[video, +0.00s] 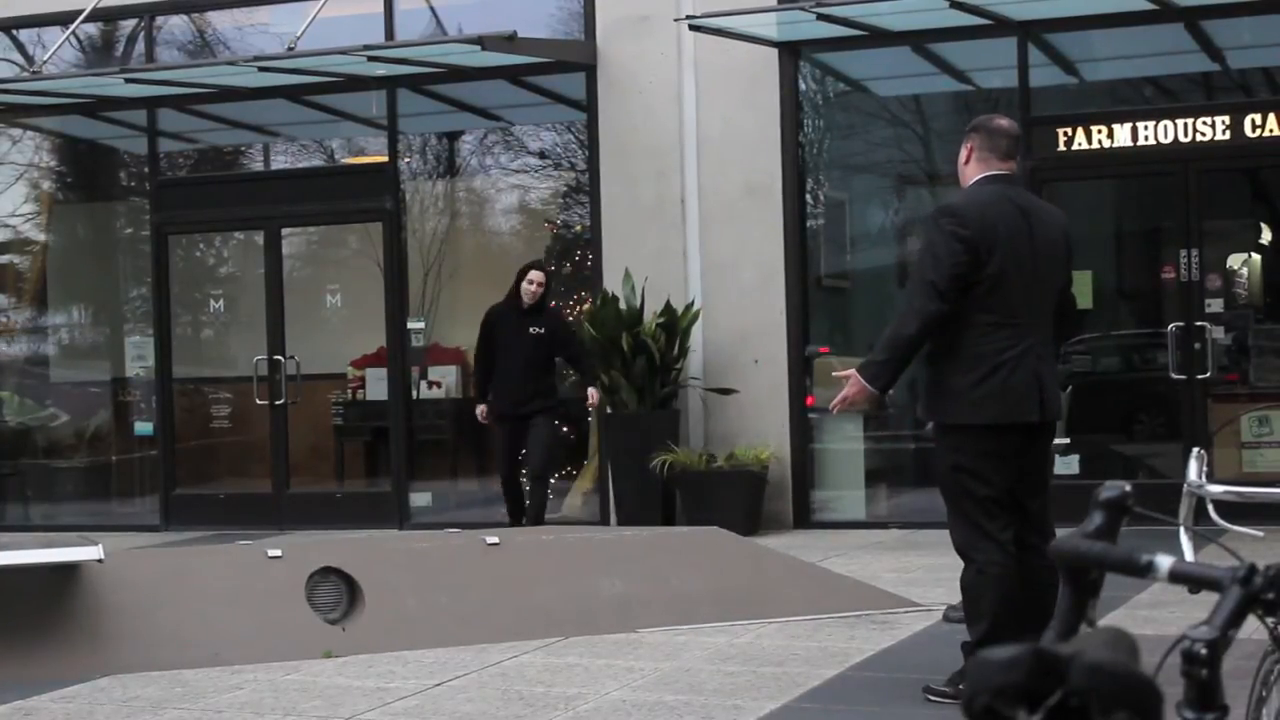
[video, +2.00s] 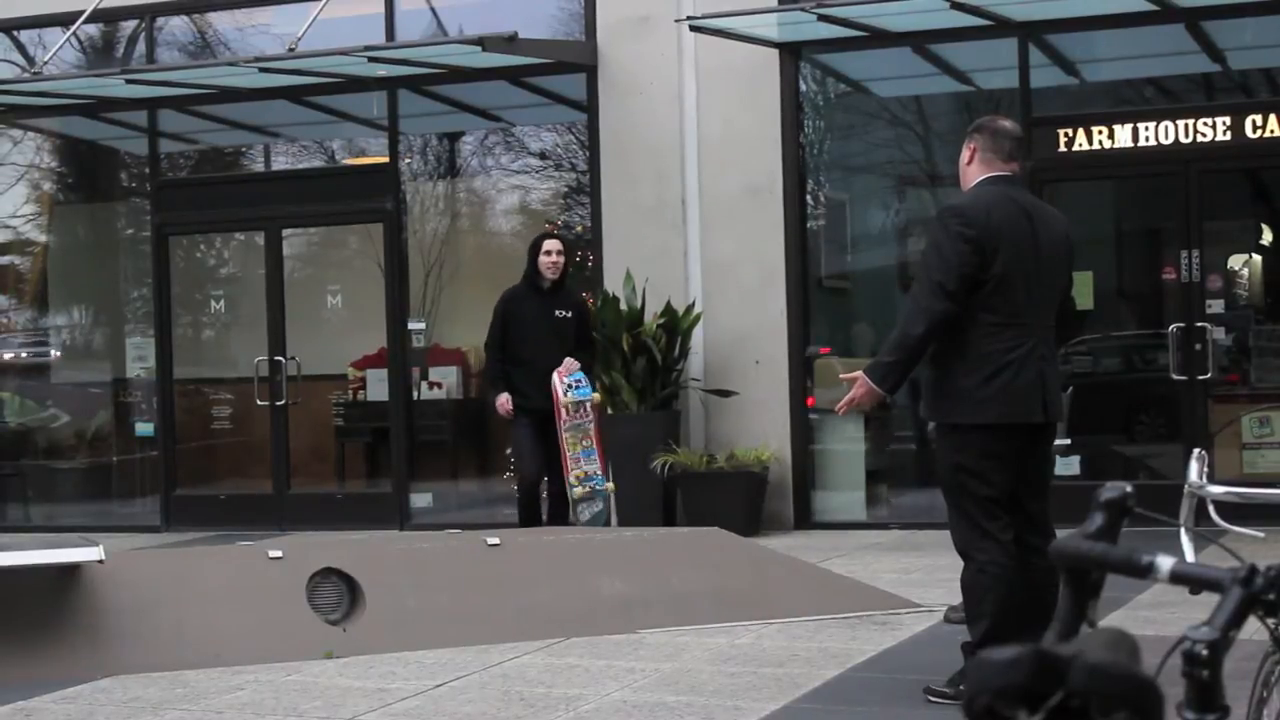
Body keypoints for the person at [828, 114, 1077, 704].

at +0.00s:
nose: (957, 164)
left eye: (959, 156)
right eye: (961, 156)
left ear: (968, 154)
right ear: (1018, 161)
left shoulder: (958, 216)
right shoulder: (1049, 220)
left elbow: (924, 308)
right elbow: (1066, 315)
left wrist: (874, 375)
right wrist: (1024, 352)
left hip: (971, 408)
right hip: (1034, 406)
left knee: (982, 540)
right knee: (1029, 534)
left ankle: (987, 674)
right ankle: (1032, 667)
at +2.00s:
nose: (959, 166)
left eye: (961, 157)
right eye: (962, 157)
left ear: (971, 155)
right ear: (1021, 163)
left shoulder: (964, 216)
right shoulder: (1050, 222)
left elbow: (929, 308)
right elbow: (1067, 317)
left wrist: (880, 377)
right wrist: (1024, 351)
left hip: (972, 408)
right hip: (1033, 407)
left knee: (982, 539)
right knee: (1029, 532)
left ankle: (987, 674)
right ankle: (1032, 667)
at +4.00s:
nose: (954, 164)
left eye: (957, 154)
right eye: (957, 155)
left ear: (970, 151)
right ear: (1018, 160)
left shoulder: (965, 216)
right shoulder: (1048, 221)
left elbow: (931, 308)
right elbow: (1064, 317)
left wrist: (882, 377)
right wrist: (1024, 353)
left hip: (972, 408)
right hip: (1032, 408)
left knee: (981, 538)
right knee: (1027, 532)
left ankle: (986, 674)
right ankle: (1028, 667)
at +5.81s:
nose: (938, 167)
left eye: (943, 156)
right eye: (940, 156)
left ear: (969, 156)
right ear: (991, 156)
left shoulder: (966, 218)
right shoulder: (1037, 219)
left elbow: (938, 311)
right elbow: (1040, 316)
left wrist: (890, 377)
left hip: (975, 408)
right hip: (1029, 406)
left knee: (981, 539)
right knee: (1026, 532)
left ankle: (987, 674)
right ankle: (1027, 665)